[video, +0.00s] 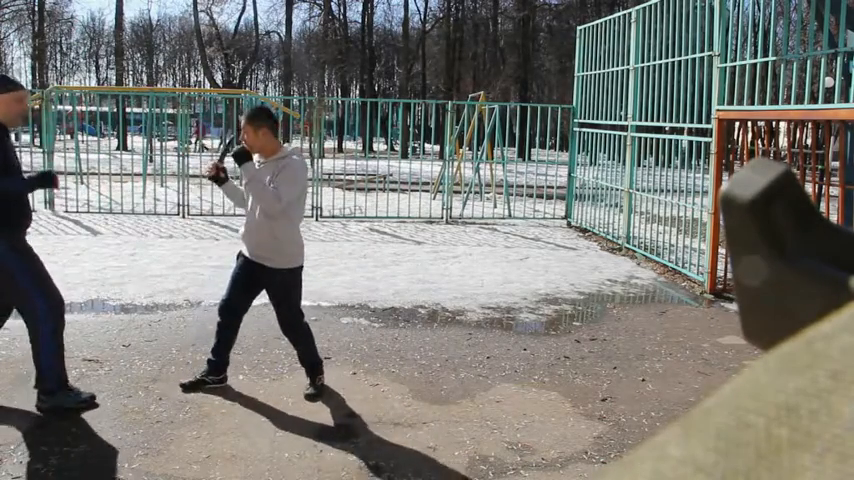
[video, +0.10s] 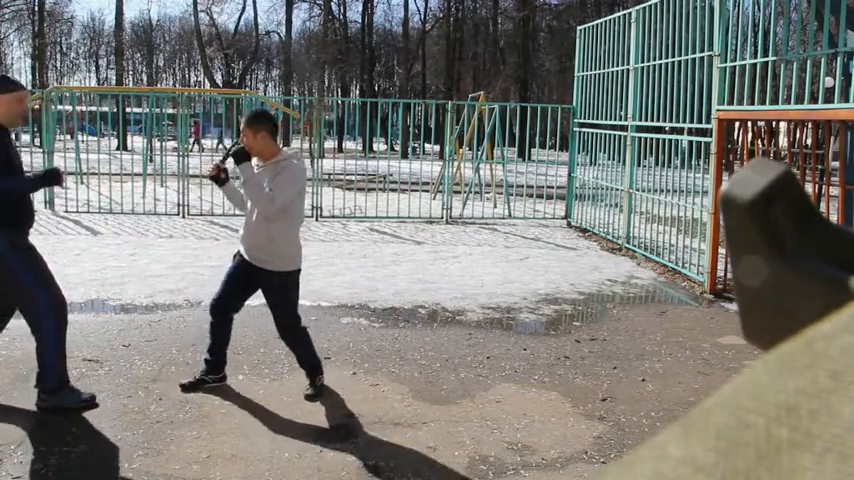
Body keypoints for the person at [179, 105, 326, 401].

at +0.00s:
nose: (244, 141)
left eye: (247, 135)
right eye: (243, 136)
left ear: (266, 133)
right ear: (260, 135)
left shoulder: (295, 165)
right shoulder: (258, 164)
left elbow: (273, 206)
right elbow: (249, 204)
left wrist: (246, 166)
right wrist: (223, 182)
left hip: (283, 262)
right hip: (252, 258)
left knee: (292, 323)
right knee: (228, 313)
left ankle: (316, 375)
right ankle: (215, 373)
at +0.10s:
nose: (243, 144)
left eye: (246, 138)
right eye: (242, 139)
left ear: (265, 136)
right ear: (259, 138)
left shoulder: (294, 168)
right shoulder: (258, 167)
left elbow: (269, 208)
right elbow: (248, 207)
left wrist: (245, 167)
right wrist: (224, 183)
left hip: (281, 265)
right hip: (249, 259)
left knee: (289, 327)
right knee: (220, 309)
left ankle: (315, 375)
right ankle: (214, 372)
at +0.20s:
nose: (240, 150)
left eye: (242, 144)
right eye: (238, 145)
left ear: (260, 140)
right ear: (252, 143)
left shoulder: (289, 173)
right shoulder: (253, 171)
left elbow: (263, 210)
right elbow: (236, 206)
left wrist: (239, 170)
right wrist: (215, 182)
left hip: (276, 268)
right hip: (244, 261)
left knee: (286, 330)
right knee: (209, 306)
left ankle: (315, 375)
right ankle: (206, 369)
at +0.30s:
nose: (226, 148)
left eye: (230, 143)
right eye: (226, 143)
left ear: (247, 141)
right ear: (238, 143)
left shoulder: (277, 173)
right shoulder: (234, 172)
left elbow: (256, 209)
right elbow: (210, 193)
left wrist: (229, 171)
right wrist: (192, 167)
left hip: (268, 268)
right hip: (233, 263)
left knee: (285, 329)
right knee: (201, 309)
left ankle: (315, 374)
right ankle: (185, 368)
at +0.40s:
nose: (203, 141)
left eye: (206, 135)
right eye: (203, 135)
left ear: (224, 136)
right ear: (219, 138)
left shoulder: (257, 168)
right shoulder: (203, 170)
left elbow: (244, 206)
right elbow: (174, 167)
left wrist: (215, 171)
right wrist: (150, 139)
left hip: (256, 266)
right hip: (218, 263)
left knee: (280, 322)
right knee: (189, 313)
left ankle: (314, 373)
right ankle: (175, 368)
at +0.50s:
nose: (177, 135)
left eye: (182, 130)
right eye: (178, 130)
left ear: (199, 132)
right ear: (193, 133)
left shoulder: (234, 164)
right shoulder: (178, 159)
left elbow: (227, 201)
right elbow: (148, 138)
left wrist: (195, 167)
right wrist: (121, 114)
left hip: (243, 258)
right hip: (208, 256)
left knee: (271, 317)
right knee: (180, 309)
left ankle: (307, 371)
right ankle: (174, 368)